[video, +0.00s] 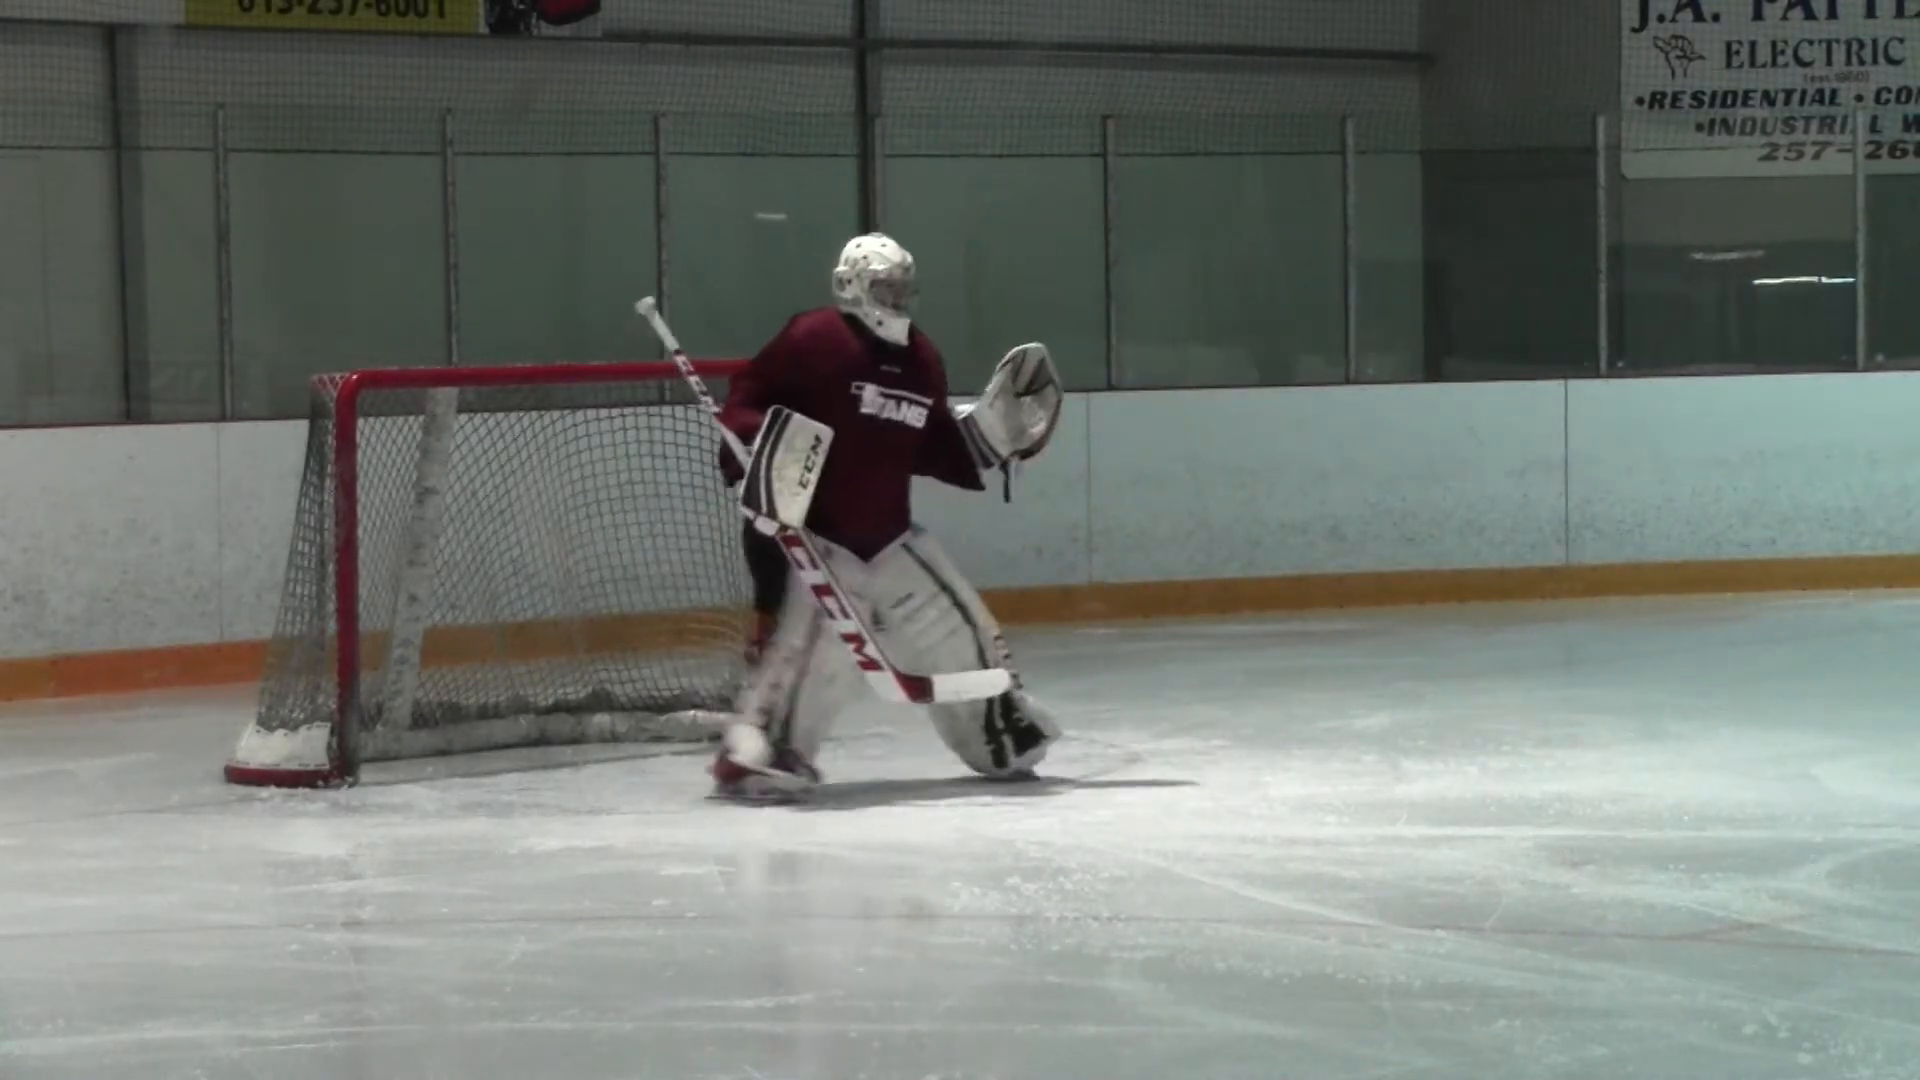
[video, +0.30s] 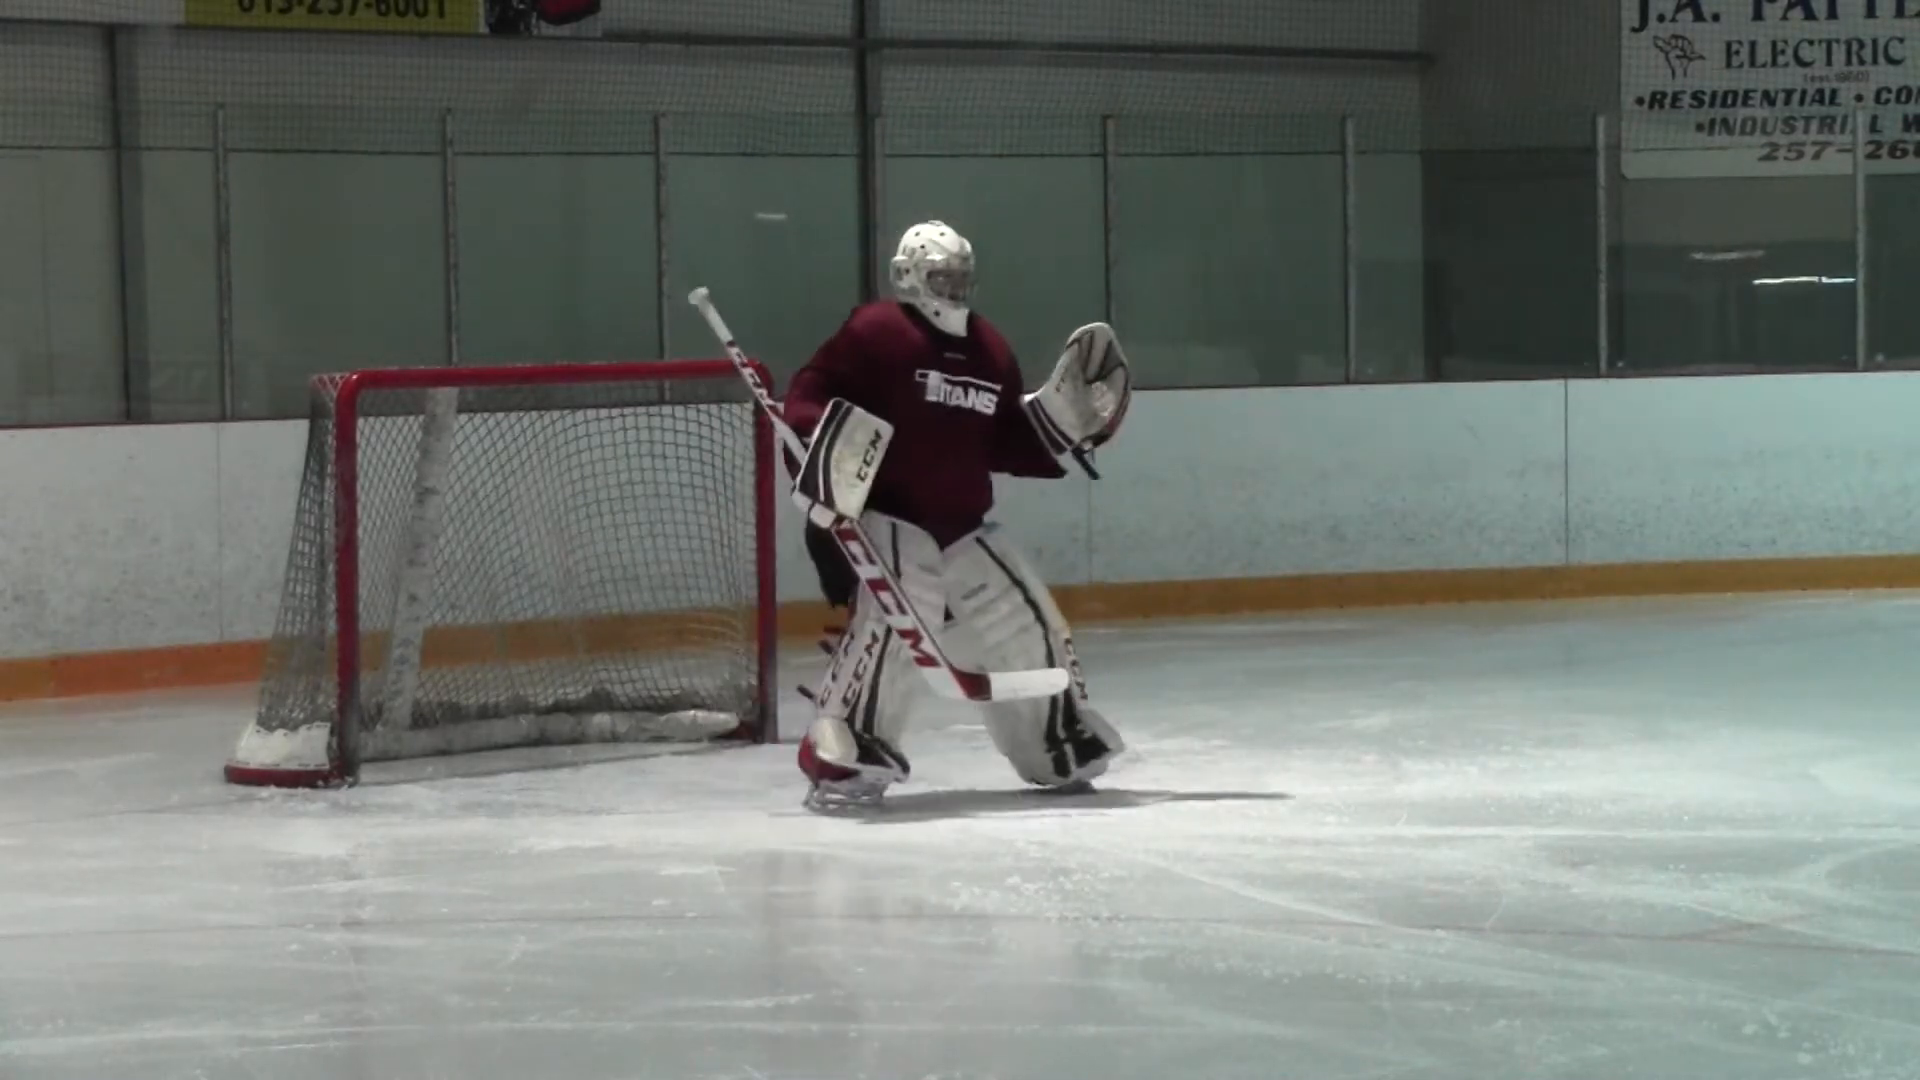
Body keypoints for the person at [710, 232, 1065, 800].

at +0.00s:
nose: (897, 301)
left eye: (903, 290)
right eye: (884, 289)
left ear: (910, 291)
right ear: (851, 289)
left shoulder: (920, 359)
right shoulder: (814, 339)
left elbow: (927, 447)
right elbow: (740, 407)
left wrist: (994, 433)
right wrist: (765, 455)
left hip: (888, 539)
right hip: (812, 537)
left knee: (955, 629)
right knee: (806, 656)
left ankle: (1000, 743)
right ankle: (760, 761)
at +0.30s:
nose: (954, 289)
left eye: (961, 277)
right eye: (941, 277)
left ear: (970, 278)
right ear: (908, 277)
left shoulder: (990, 350)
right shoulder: (877, 332)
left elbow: (1001, 444)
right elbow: (802, 400)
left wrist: (1064, 420)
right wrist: (832, 451)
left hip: (966, 529)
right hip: (887, 522)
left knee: (1026, 628)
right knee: (887, 636)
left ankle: (1056, 753)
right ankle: (844, 769)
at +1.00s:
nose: (929, 312)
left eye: (939, 300)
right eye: (917, 297)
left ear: (951, 300)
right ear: (884, 295)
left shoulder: (963, 368)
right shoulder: (849, 346)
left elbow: (964, 463)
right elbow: (769, 417)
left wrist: (1031, 441)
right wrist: (798, 471)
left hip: (917, 540)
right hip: (843, 532)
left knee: (973, 632)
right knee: (842, 647)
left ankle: (1005, 756)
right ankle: (759, 763)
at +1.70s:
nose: (1000, 361)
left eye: (1005, 350)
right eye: (988, 348)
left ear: (1011, 350)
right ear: (953, 347)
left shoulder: (1006, 420)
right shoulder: (912, 390)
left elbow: (1003, 500)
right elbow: (829, 440)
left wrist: (1054, 502)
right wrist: (858, 495)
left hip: (964, 548)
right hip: (891, 555)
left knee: (1014, 638)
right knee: (867, 669)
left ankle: (1029, 753)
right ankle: (794, 762)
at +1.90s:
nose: (1048, 367)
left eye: (1052, 355)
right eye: (1036, 355)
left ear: (1053, 354)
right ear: (1000, 353)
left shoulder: (1046, 427)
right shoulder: (965, 394)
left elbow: (1045, 513)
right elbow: (881, 448)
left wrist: (1095, 497)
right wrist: (928, 500)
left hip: (998, 561)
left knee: (1054, 624)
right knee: (914, 657)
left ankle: (1058, 736)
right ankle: (811, 760)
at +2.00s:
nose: (1065, 372)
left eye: (1068, 361)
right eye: (1054, 360)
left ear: (1070, 360)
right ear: (1020, 357)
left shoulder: (1055, 428)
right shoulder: (983, 388)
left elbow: (1048, 517)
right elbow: (907, 445)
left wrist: (1104, 506)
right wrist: (960, 507)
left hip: (1003, 553)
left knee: (1059, 640)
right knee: (940, 652)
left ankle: (1088, 744)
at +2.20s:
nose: (1074, 381)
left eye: (1077, 369)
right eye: (1063, 368)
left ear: (1075, 367)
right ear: (1030, 366)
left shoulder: (1054, 435)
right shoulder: (994, 397)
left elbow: (1050, 519)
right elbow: (926, 463)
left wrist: (1096, 501)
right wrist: (986, 526)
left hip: (962, 551)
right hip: (903, 540)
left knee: (1043, 616)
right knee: (981, 636)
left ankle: (1066, 739)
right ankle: (872, 743)